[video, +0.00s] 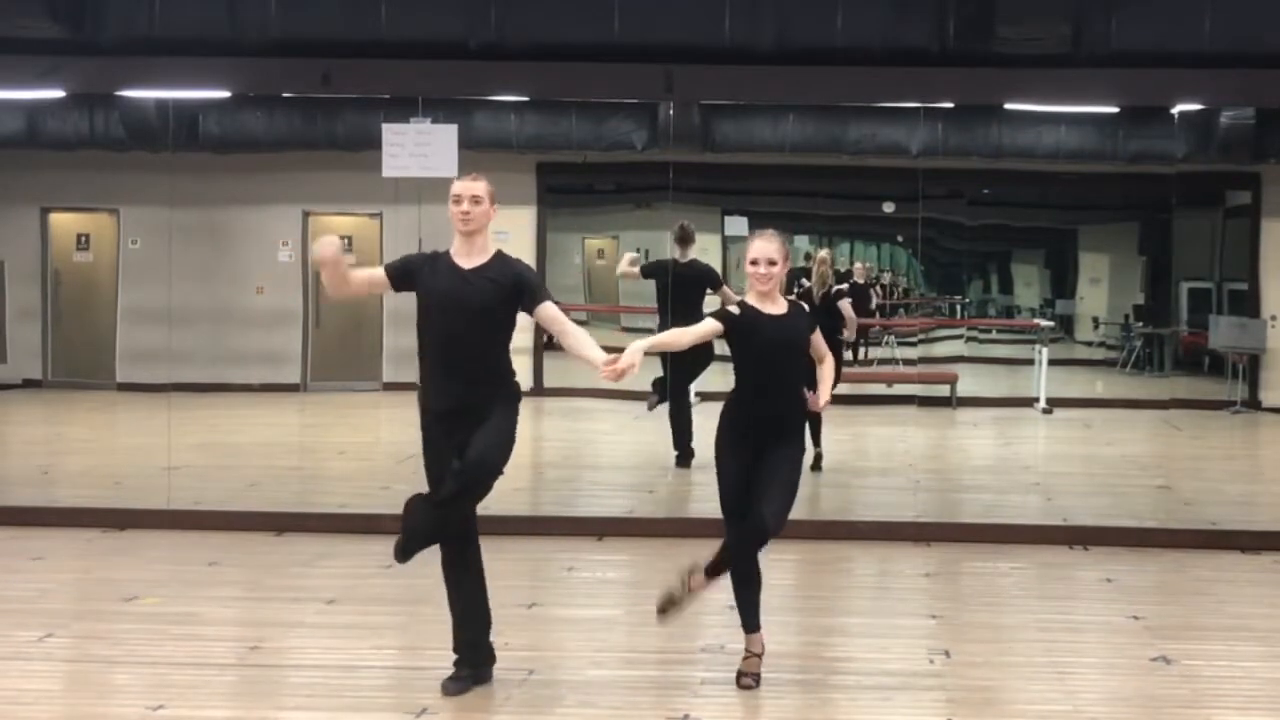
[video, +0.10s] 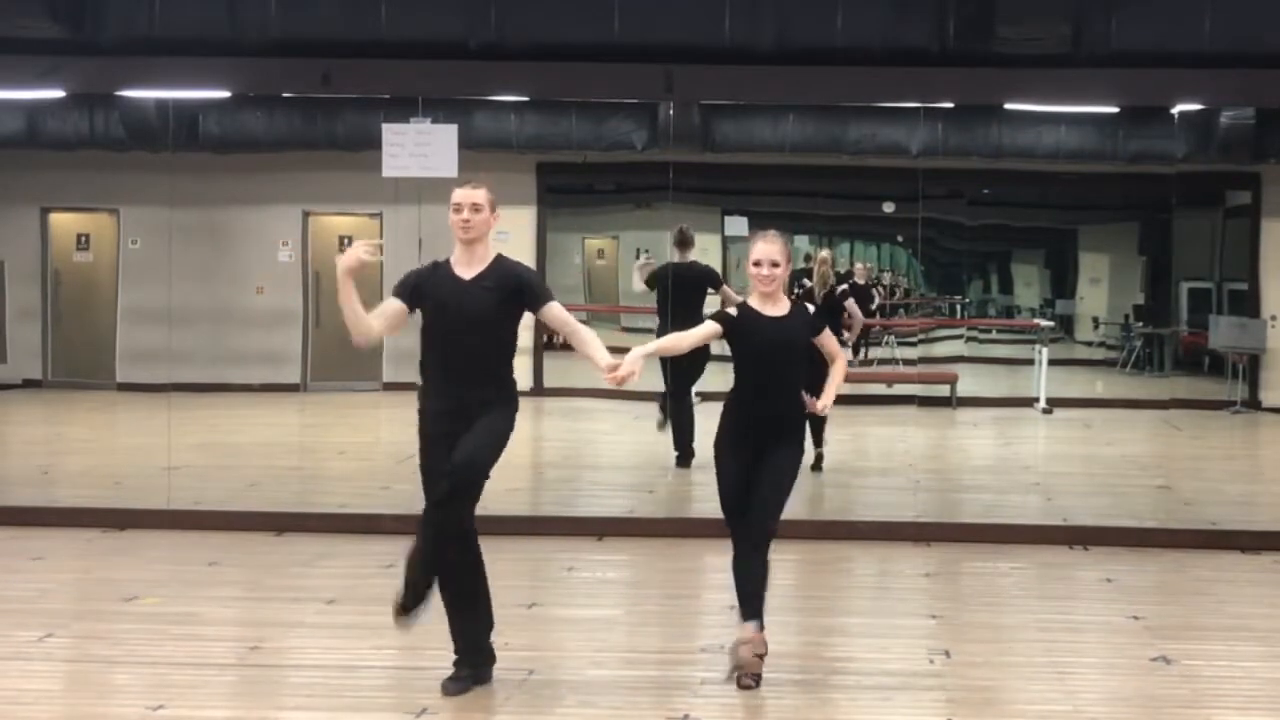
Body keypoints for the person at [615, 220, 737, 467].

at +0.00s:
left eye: (676, 242)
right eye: (688, 242)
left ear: (673, 242)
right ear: (694, 243)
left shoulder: (660, 267)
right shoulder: (704, 271)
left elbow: (622, 272)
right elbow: (731, 299)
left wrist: (627, 258)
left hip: (667, 337)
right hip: (697, 337)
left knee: (678, 395)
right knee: (704, 357)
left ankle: (684, 452)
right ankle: (663, 389)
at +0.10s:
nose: (683, 248)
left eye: (678, 244)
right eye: (689, 245)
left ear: (673, 245)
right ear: (694, 245)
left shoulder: (663, 271)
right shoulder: (705, 272)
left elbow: (640, 286)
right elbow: (732, 299)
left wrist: (637, 268)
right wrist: (743, 303)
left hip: (668, 340)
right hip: (697, 340)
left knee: (678, 393)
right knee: (685, 382)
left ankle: (684, 452)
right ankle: (665, 405)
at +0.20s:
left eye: (676, 246)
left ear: (673, 247)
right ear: (693, 247)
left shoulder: (663, 273)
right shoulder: (705, 273)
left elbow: (657, 298)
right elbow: (731, 299)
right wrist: (740, 304)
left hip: (665, 340)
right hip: (691, 339)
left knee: (671, 393)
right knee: (690, 385)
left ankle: (683, 450)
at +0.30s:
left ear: (675, 248)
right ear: (694, 248)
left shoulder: (664, 275)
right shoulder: (703, 276)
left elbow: (663, 305)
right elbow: (730, 304)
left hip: (664, 344)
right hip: (690, 344)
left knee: (671, 401)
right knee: (690, 402)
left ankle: (685, 452)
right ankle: (719, 443)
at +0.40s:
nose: (685, 252)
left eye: (681, 249)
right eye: (690, 249)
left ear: (676, 250)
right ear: (695, 250)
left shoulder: (665, 276)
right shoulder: (703, 279)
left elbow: (650, 309)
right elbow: (729, 306)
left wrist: (639, 323)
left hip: (666, 347)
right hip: (693, 348)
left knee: (672, 399)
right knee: (699, 398)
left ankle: (681, 454)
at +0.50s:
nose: (688, 256)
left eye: (683, 253)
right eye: (692, 252)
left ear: (677, 253)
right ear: (697, 254)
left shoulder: (664, 278)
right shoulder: (704, 283)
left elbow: (628, 290)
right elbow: (730, 308)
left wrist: (609, 306)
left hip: (669, 345)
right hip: (693, 346)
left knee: (683, 394)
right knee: (678, 394)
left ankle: (685, 450)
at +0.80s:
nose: (690, 256)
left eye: (686, 252)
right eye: (695, 251)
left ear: (681, 253)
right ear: (701, 253)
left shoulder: (670, 281)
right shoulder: (713, 281)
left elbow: (635, 289)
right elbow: (736, 310)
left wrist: (605, 279)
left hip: (668, 351)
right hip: (696, 351)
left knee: (675, 401)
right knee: (699, 401)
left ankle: (688, 455)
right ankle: (678, 440)